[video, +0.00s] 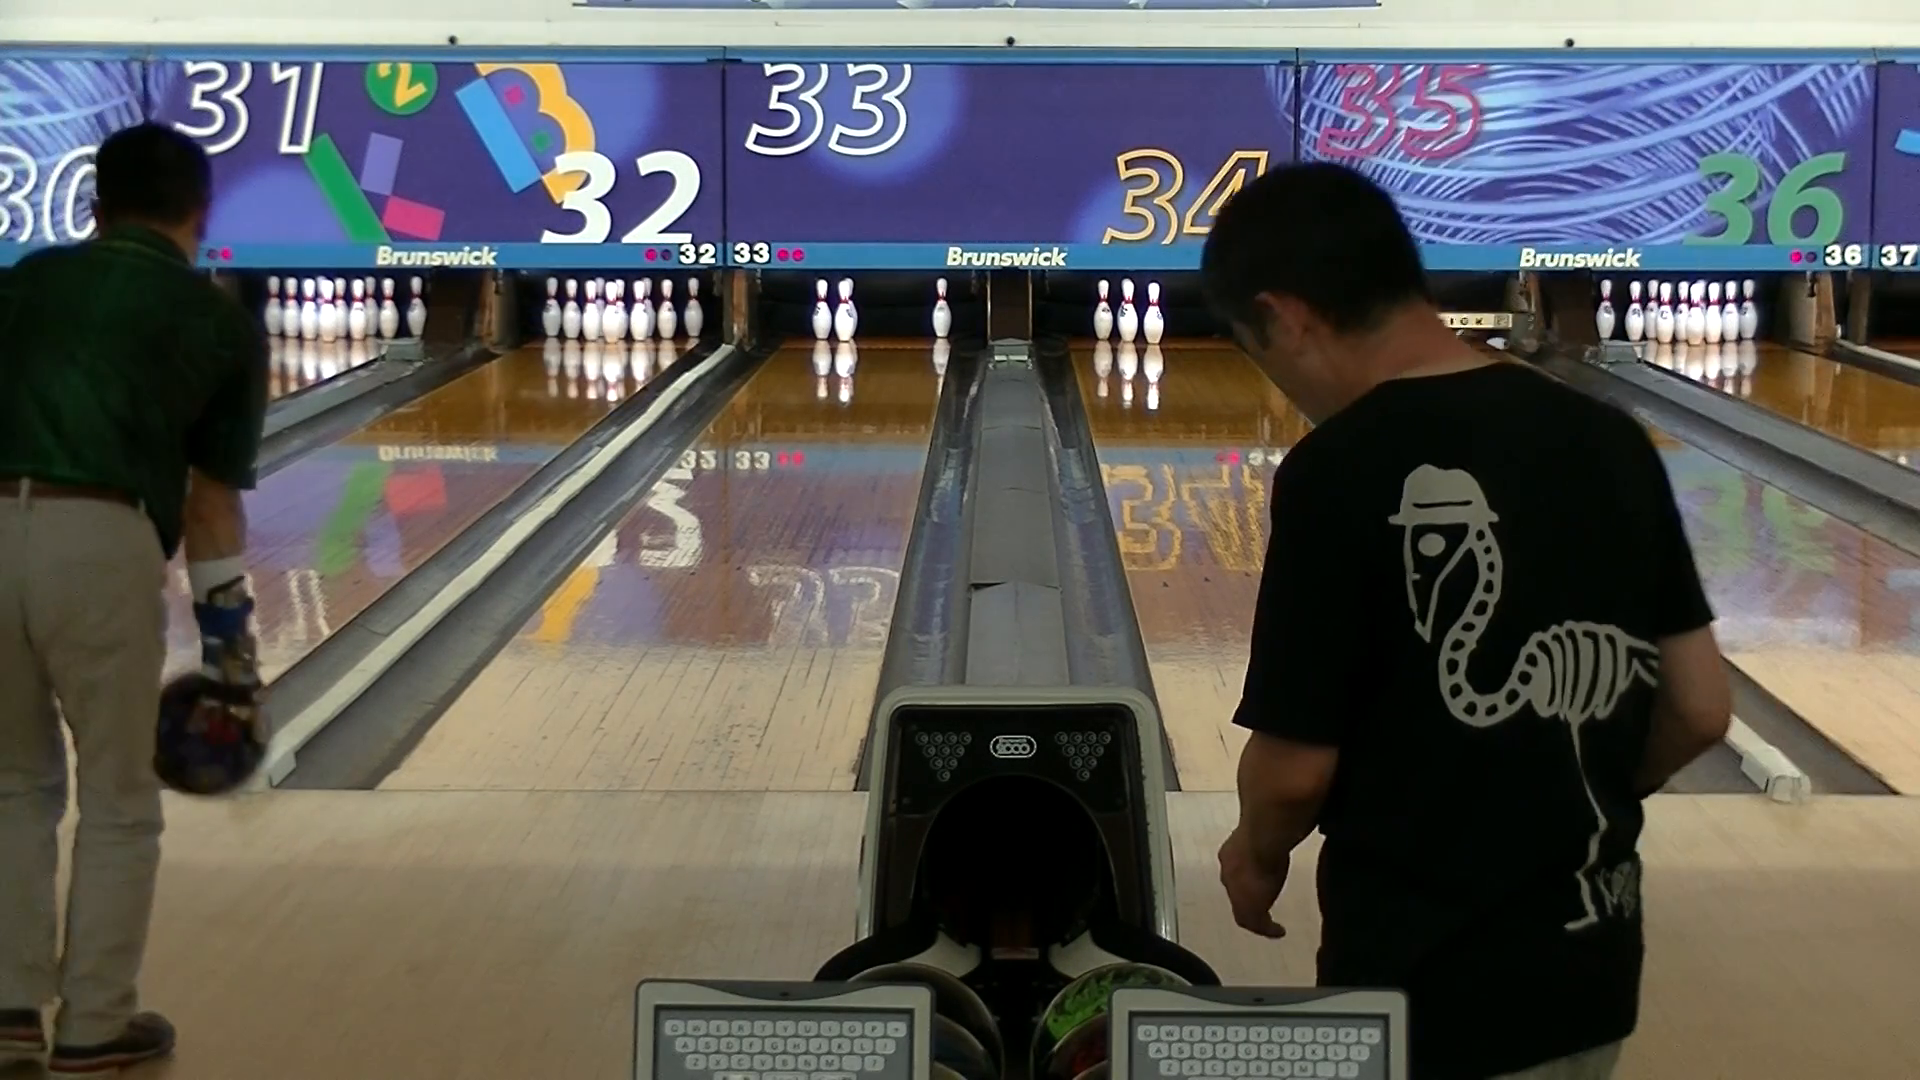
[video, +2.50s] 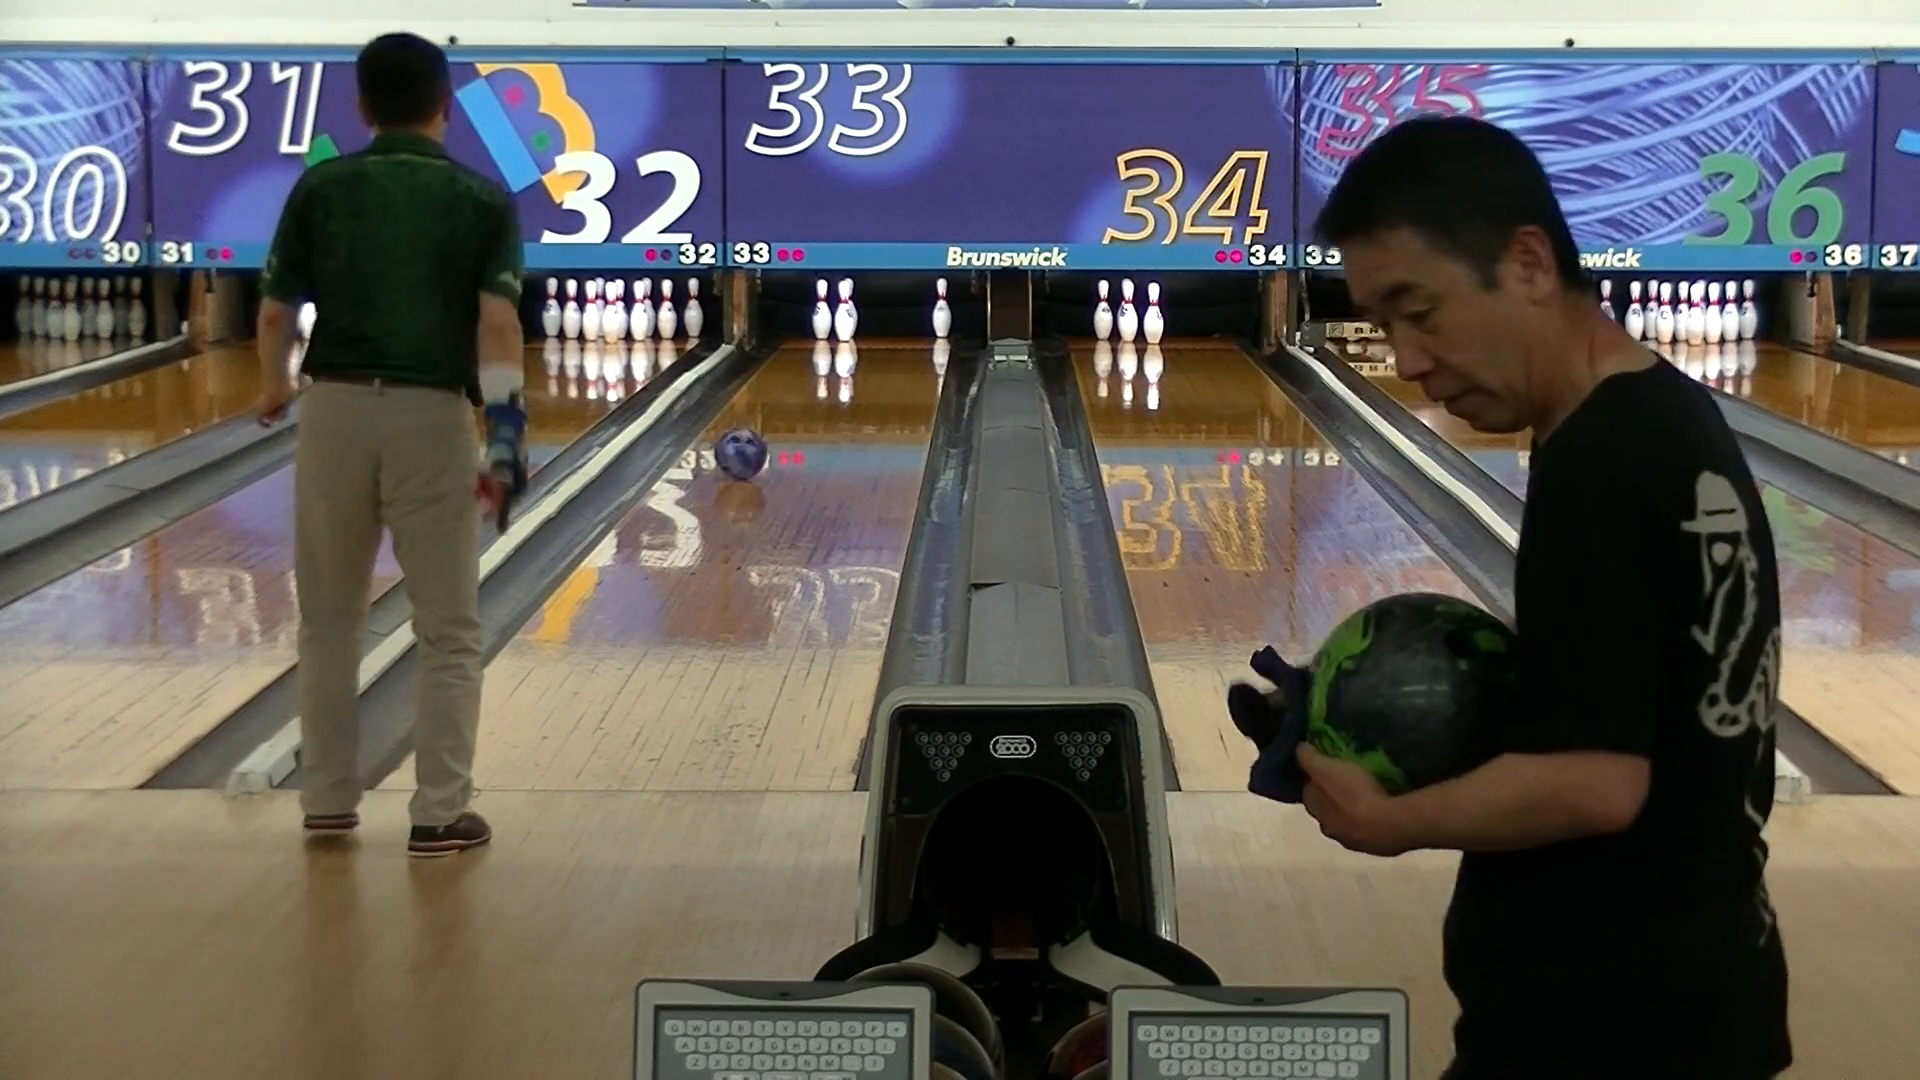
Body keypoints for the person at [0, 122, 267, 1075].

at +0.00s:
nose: (203, 228)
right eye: (203, 215)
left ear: (97, 209)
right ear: (193, 216)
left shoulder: (26, 278)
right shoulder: (210, 312)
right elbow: (211, 490)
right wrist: (227, 634)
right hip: (99, 545)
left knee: (17, 784)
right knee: (119, 798)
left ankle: (12, 1010)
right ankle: (94, 1021)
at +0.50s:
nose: (255, 219)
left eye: (251, 206)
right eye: (254, 205)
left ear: (153, 196)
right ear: (241, 202)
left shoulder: (74, 264)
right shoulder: (252, 271)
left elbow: (2, 342)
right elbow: (226, 328)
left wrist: (38, 407)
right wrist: (151, 393)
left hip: (23, 500)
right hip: (145, 499)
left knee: (56, 759)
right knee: (179, 714)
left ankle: (75, 980)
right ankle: (148, 897)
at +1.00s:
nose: (345, 311)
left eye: (345, 299)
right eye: (345, 298)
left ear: (257, 285)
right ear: (337, 302)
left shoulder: (186, 314)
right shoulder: (325, 404)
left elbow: (78, 291)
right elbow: (285, 518)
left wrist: (5, 269)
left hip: (91, 548)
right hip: (194, 566)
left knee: (197, 684)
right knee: (179, 754)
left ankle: (209, 837)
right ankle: (142, 886)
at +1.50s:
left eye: (291, 195)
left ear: (290, 205)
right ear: (368, 210)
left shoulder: (260, 266)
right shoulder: (392, 278)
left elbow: (205, 346)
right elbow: (394, 205)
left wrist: (142, 422)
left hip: (217, 476)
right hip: (311, 489)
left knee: (275, 650)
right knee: (289, 673)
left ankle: (311, 796)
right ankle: (212, 739)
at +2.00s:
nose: (303, 96)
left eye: (292, 86)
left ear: (289, 98)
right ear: (369, 99)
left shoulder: (267, 189)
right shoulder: (402, 171)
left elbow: (218, 310)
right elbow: (433, 52)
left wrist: (158, 405)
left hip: (281, 403)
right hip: (377, 403)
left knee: (290, 619)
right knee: (388, 581)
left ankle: (315, 795)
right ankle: (376, 633)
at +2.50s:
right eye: (440, 95)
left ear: (362, 104)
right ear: (443, 103)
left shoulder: (321, 186)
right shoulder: (482, 200)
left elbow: (276, 312)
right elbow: (500, 325)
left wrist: (274, 388)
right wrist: (509, 436)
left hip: (332, 417)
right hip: (433, 420)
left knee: (327, 620)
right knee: (449, 630)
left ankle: (328, 807)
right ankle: (440, 816)